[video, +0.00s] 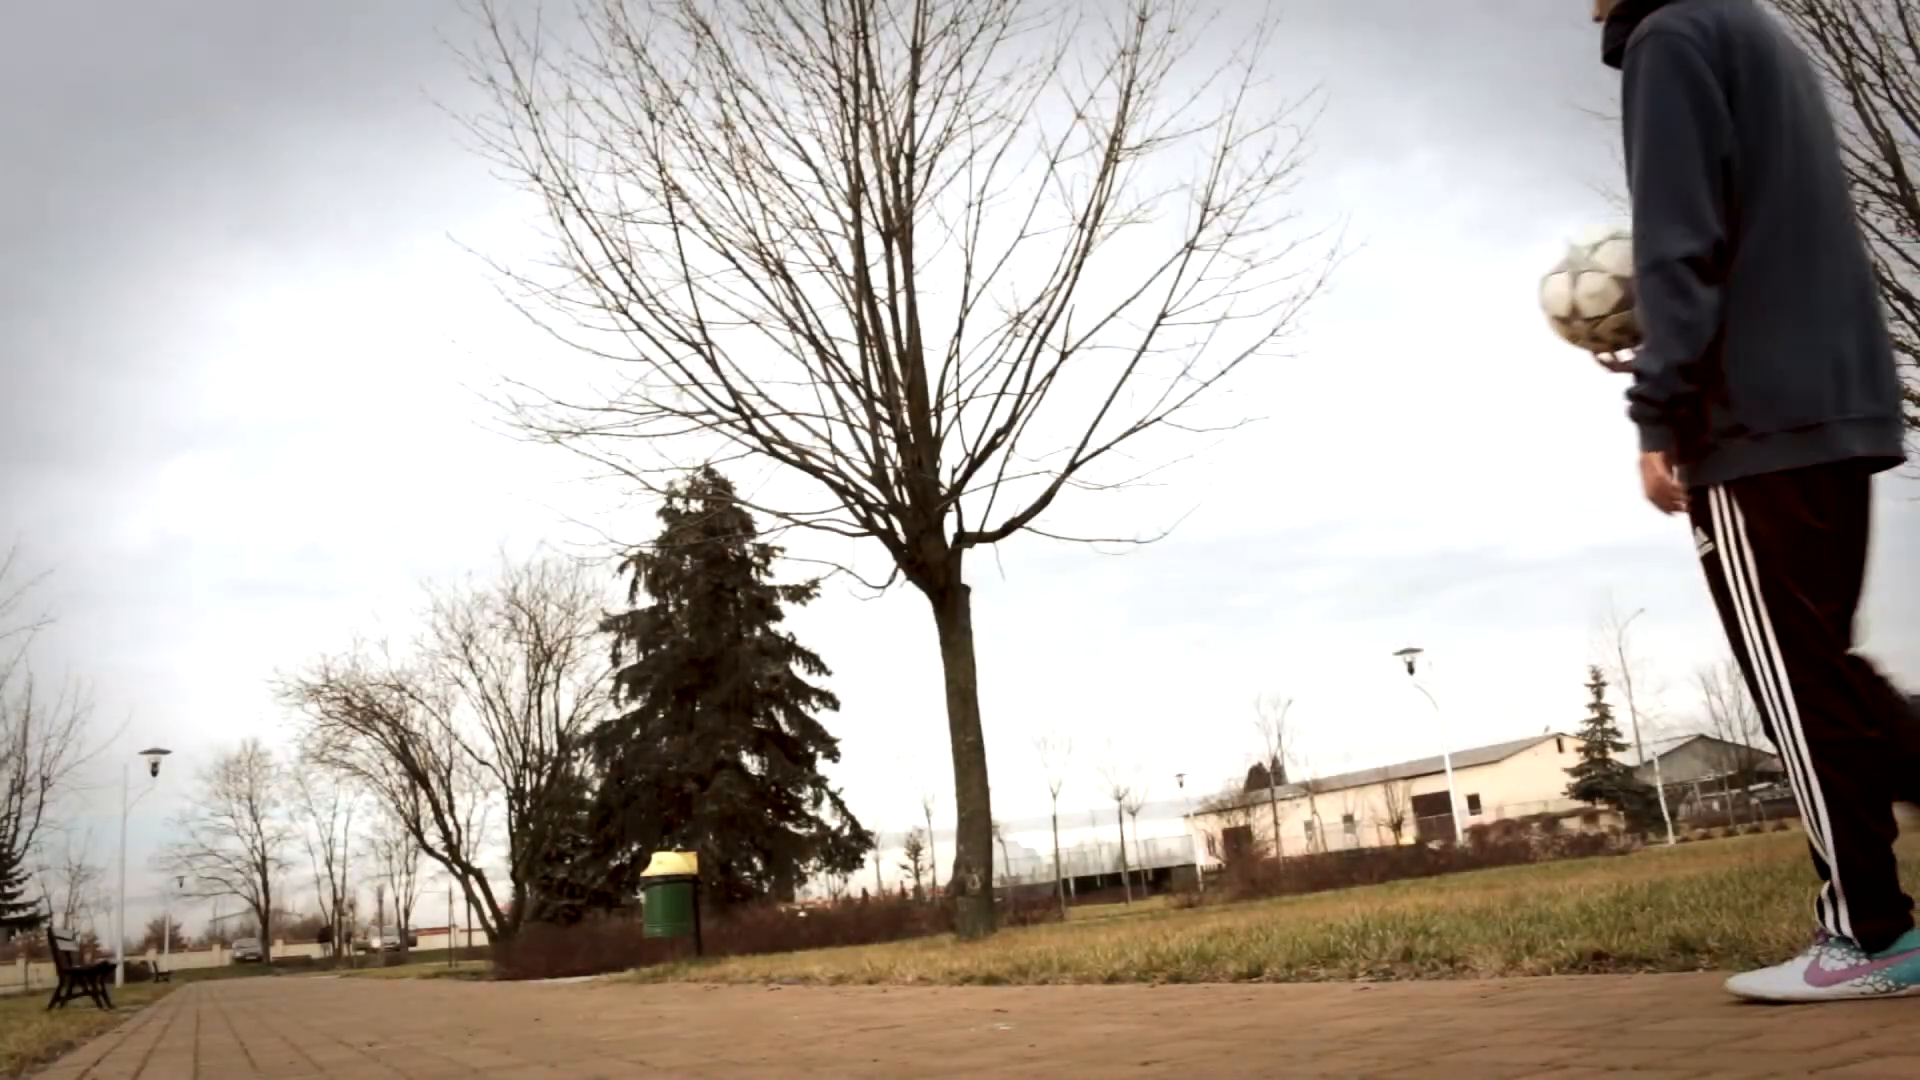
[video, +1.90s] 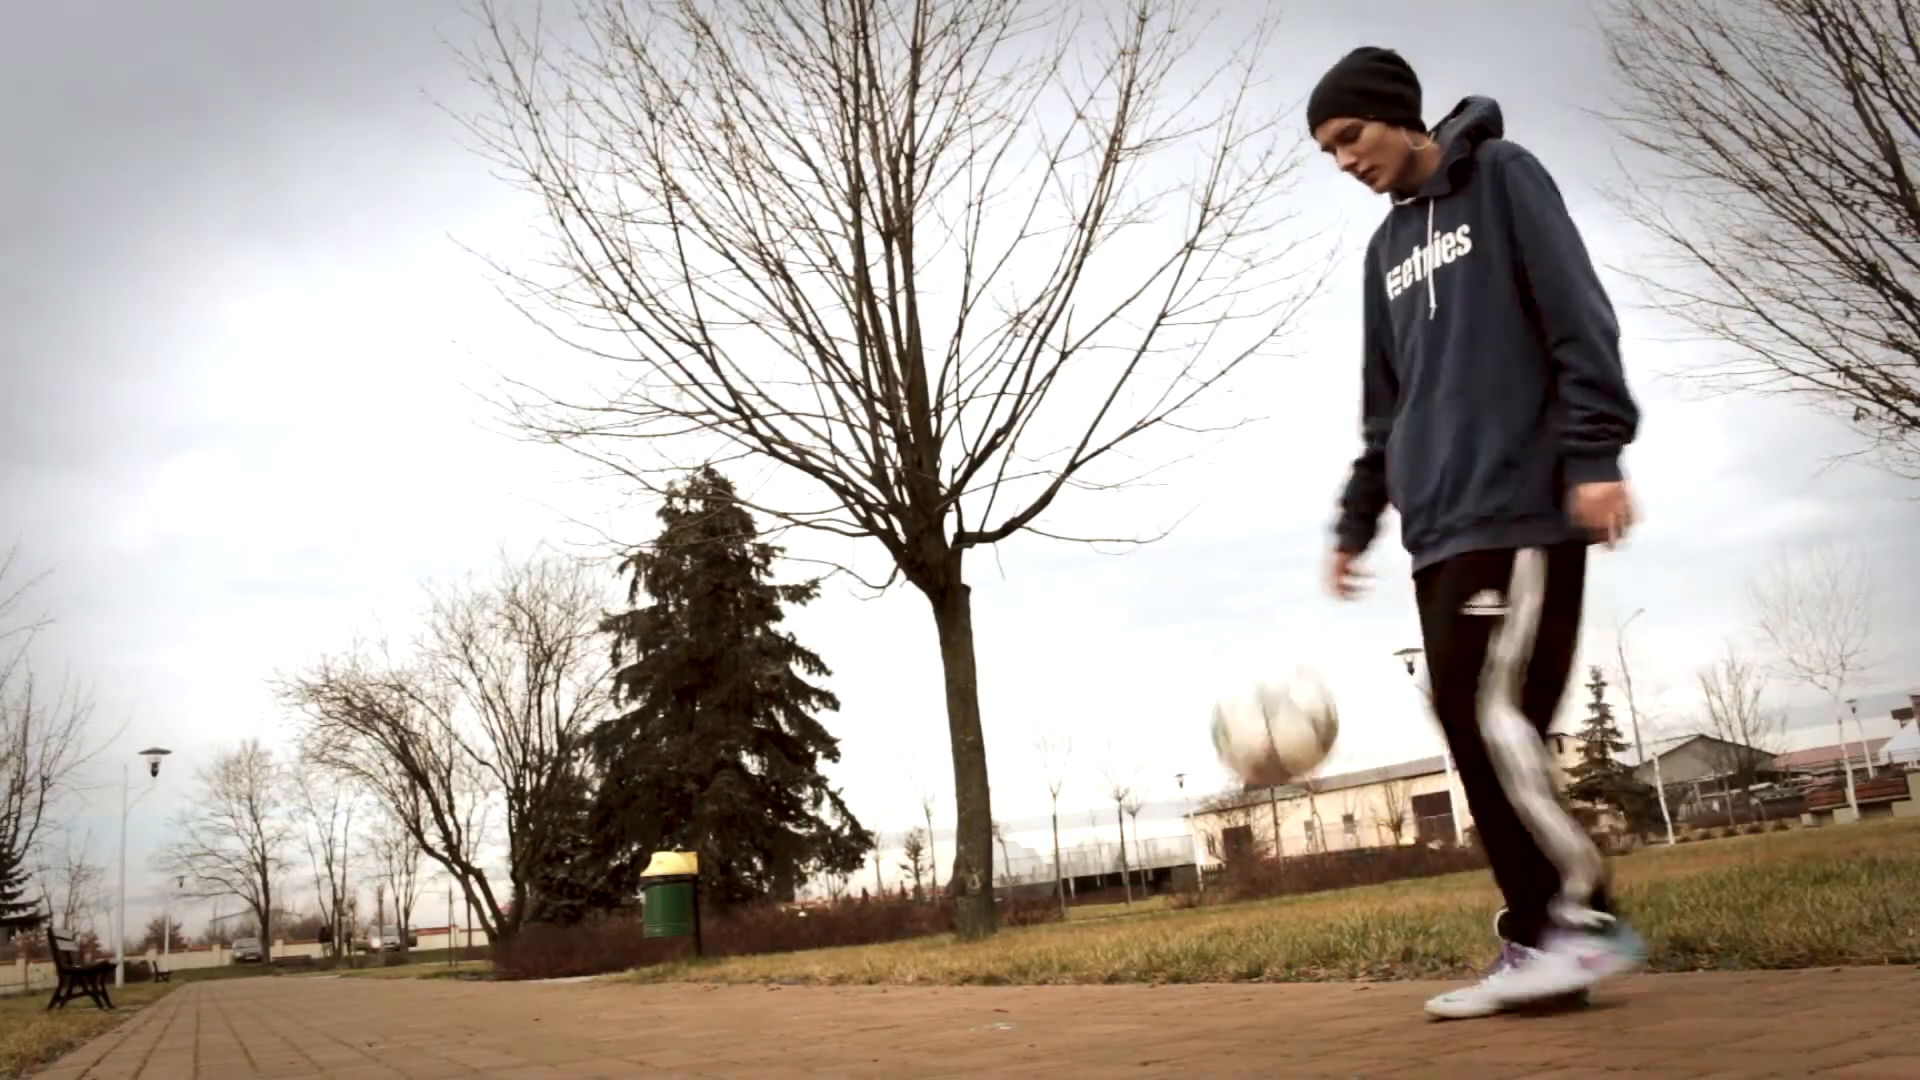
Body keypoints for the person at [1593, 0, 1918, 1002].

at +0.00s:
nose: (1591, 15)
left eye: (1593, 4)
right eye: (1592, 7)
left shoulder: (1670, 43)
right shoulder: (1764, 43)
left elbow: (1680, 243)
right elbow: (1774, 239)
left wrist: (1654, 419)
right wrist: (1653, 317)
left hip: (1760, 421)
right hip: (1833, 408)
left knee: (1792, 681)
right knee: (1823, 666)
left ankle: (1867, 934)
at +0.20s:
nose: (1541, 39)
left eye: (1542, 15)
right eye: (1537, 21)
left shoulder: (1648, 59)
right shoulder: (1674, 58)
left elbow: (1654, 251)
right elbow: (1688, 257)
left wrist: (1622, 420)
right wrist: (1602, 354)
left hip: (1726, 425)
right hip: (1705, 430)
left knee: (1780, 678)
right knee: (1700, 675)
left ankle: (1869, 935)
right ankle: (1743, 921)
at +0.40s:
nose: (1495, 74)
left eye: (1500, 51)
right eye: (1486, 61)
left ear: (1552, 25)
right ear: (1536, 43)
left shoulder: (1629, 90)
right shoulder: (1599, 128)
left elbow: (1661, 272)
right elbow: (1623, 321)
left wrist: (1626, 424)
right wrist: (1548, 415)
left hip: (1689, 461)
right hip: (1635, 473)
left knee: (1766, 692)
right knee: (1629, 704)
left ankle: (1872, 935)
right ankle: (1633, 929)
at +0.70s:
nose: (1432, 119)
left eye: (1438, 94)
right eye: (1418, 108)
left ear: (1491, 72)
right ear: (1430, 115)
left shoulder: (1574, 141)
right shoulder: (1471, 221)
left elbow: (1669, 279)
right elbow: (1471, 384)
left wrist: (1634, 403)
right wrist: (1431, 467)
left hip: (1606, 476)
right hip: (1531, 500)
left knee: (1646, 687)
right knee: (1583, 717)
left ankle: (1829, 893)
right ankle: (1631, 937)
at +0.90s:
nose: (1403, 142)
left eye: (1409, 116)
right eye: (1388, 132)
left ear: (1456, 90)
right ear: (1395, 136)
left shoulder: (1549, 155)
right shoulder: (1434, 236)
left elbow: (1631, 310)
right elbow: (1424, 386)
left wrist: (1613, 432)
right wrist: (1379, 480)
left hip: (1585, 476)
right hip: (1508, 503)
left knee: (1584, 681)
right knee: (1558, 703)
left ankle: (1726, 896)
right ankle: (1626, 929)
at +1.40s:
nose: (1390, 145)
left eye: (1399, 121)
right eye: (1375, 136)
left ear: (1445, 102)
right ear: (1376, 145)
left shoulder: (1529, 170)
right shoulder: (1418, 231)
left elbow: (1582, 316)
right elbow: (1439, 369)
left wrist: (1569, 462)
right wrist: (1447, 478)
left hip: (1559, 502)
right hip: (1465, 513)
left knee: (1600, 727)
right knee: (1417, 680)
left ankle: (1628, 944)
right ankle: (1515, 893)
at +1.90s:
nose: (1348, 160)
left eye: (1353, 136)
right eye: (1333, 151)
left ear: (1402, 111)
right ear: (1340, 155)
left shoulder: (1503, 178)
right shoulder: (1386, 247)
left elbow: (1578, 315)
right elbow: (1386, 404)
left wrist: (1595, 458)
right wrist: (1354, 519)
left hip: (1528, 494)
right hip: (1441, 516)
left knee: (1496, 708)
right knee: (1466, 719)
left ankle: (1590, 921)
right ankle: (1535, 945)